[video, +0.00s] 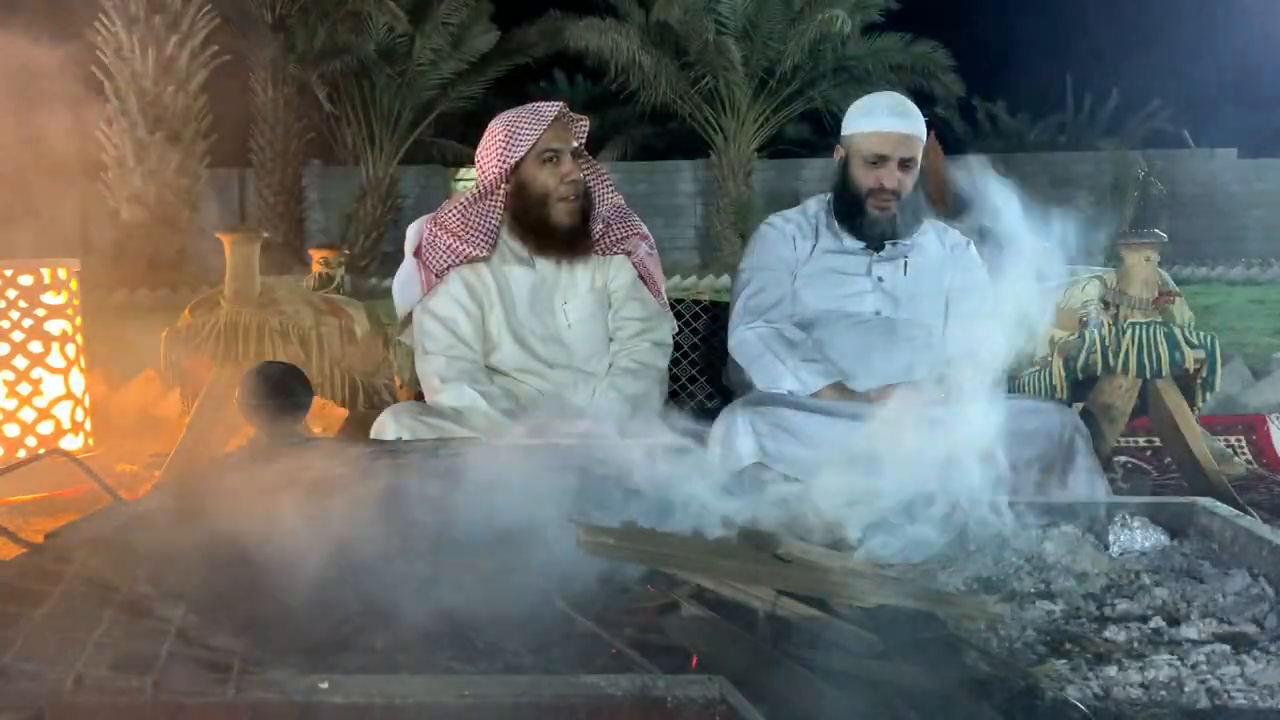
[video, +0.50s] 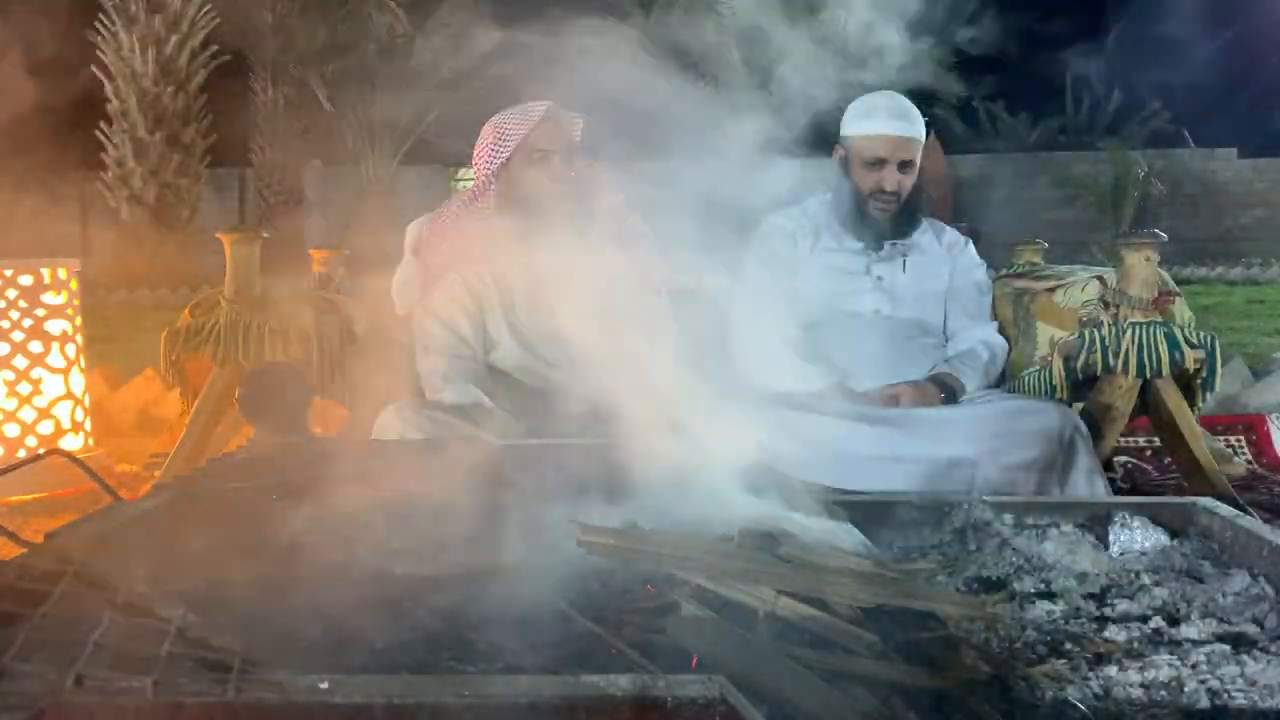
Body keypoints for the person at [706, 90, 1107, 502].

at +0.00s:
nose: (889, 181)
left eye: (904, 166)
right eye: (874, 162)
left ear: (919, 170)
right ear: (842, 155)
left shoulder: (953, 250)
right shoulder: (786, 236)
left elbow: (980, 354)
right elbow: (755, 337)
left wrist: (928, 399)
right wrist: (845, 401)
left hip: (931, 422)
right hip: (821, 422)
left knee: (1057, 427)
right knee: (742, 426)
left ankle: (1081, 575)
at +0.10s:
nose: (891, 184)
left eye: (906, 167)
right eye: (875, 163)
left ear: (921, 171)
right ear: (842, 157)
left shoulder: (954, 252)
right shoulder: (785, 236)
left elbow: (987, 351)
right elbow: (754, 340)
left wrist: (939, 394)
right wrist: (846, 399)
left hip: (937, 422)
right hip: (826, 422)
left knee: (1058, 428)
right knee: (743, 427)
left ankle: (1089, 579)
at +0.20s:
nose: (889, 179)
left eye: (903, 164)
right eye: (875, 162)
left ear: (919, 167)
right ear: (842, 161)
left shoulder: (951, 248)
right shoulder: (788, 234)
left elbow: (985, 344)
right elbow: (753, 329)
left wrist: (936, 383)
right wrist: (815, 390)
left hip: (930, 419)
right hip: (823, 420)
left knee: (1056, 428)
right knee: (736, 428)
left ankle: (1088, 575)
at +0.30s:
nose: (885, 179)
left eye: (900, 164)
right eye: (873, 161)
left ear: (917, 170)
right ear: (847, 160)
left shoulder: (951, 250)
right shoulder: (790, 238)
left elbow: (983, 344)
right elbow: (757, 343)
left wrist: (942, 382)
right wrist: (818, 389)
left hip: (926, 420)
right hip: (815, 417)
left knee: (1054, 429)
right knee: (739, 431)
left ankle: (1088, 580)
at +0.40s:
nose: (890, 185)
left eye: (904, 169)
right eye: (874, 166)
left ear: (918, 170)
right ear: (844, 161)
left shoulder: (952, 250)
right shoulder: (788, 237)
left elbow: (980, 344)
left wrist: (937, 389)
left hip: (931, 417)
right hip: (824, 414)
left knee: (1056, 429)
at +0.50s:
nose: (890, 184)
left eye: (905, 167)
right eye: (874, 165)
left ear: (920, 169)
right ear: (840, 159)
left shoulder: (952, 250)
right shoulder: (787, 235)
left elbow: (982, 344)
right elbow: (758, 348)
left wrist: (938, 389)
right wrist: (831, 397)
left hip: (934, 417)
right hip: (827, 412)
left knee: (1055, 426)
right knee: (745, 434)